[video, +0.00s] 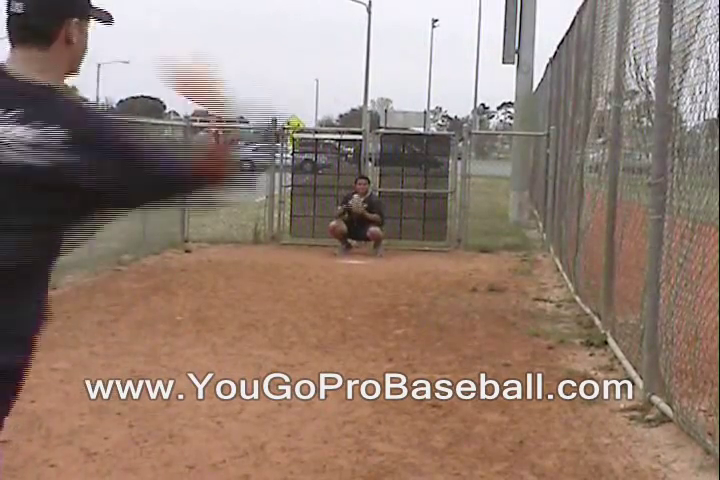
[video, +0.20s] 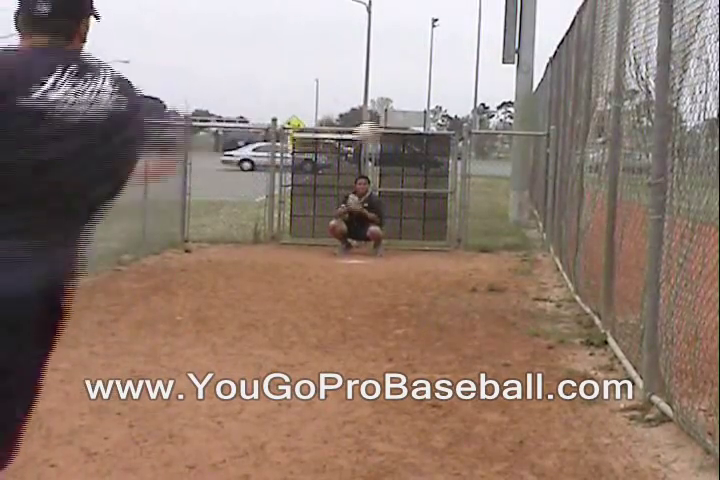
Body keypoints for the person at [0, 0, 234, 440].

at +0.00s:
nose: (86, 43)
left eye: (87, 31)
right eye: (86, 30)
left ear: (17, 29)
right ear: (69, 33)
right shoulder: (68, 123)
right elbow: (144, 174)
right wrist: (210, 163)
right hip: (11, 310)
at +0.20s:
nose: (89, 32)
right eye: (90, 24)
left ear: (19, 26)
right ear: (83, 29)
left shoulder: (9, 73)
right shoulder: (117, 93)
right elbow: (107, 183)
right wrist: (65, 220)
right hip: (44, 265)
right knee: (17, 387)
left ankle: (6, 456)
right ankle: (3, 455)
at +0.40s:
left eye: (23, 17)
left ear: (24, 18)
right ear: (81, 23)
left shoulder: (22, 51)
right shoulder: (92, 65)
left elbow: (14, 95)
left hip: (26, 241)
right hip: (99, 242)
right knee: (39, 426)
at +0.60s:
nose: (6, 29)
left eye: (10, 21)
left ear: (14, 24)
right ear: (68, 25)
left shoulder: (15, 53)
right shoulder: (81, 57)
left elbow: (95, 64)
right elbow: (99, 65)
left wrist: (24, 127)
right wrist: (24, 128)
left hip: (51, 235)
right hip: (134, 234)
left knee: (16, 412)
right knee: (135, 408)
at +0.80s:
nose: (15, 52)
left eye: (17, 44)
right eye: (20, 45)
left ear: (23, 42)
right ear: (72, 39)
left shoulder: (39, 63)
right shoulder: (92, 74)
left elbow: (122, 80)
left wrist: (67, 150)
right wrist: (15, 185)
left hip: (95, 245)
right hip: (167, 241)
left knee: (37, 411)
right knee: (189, 399)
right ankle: (367, 440)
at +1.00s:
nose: (40, 62)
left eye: (44, 54)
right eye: (43, 54)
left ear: (57, 52)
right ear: (102, 52)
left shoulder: (63, 78)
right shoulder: (132, 99)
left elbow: (121, 108)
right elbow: (115, 208)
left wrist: (71, 183)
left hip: (126, 257)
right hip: (200, 248)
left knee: (63, 417)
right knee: (272, 401)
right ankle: (429, 472)